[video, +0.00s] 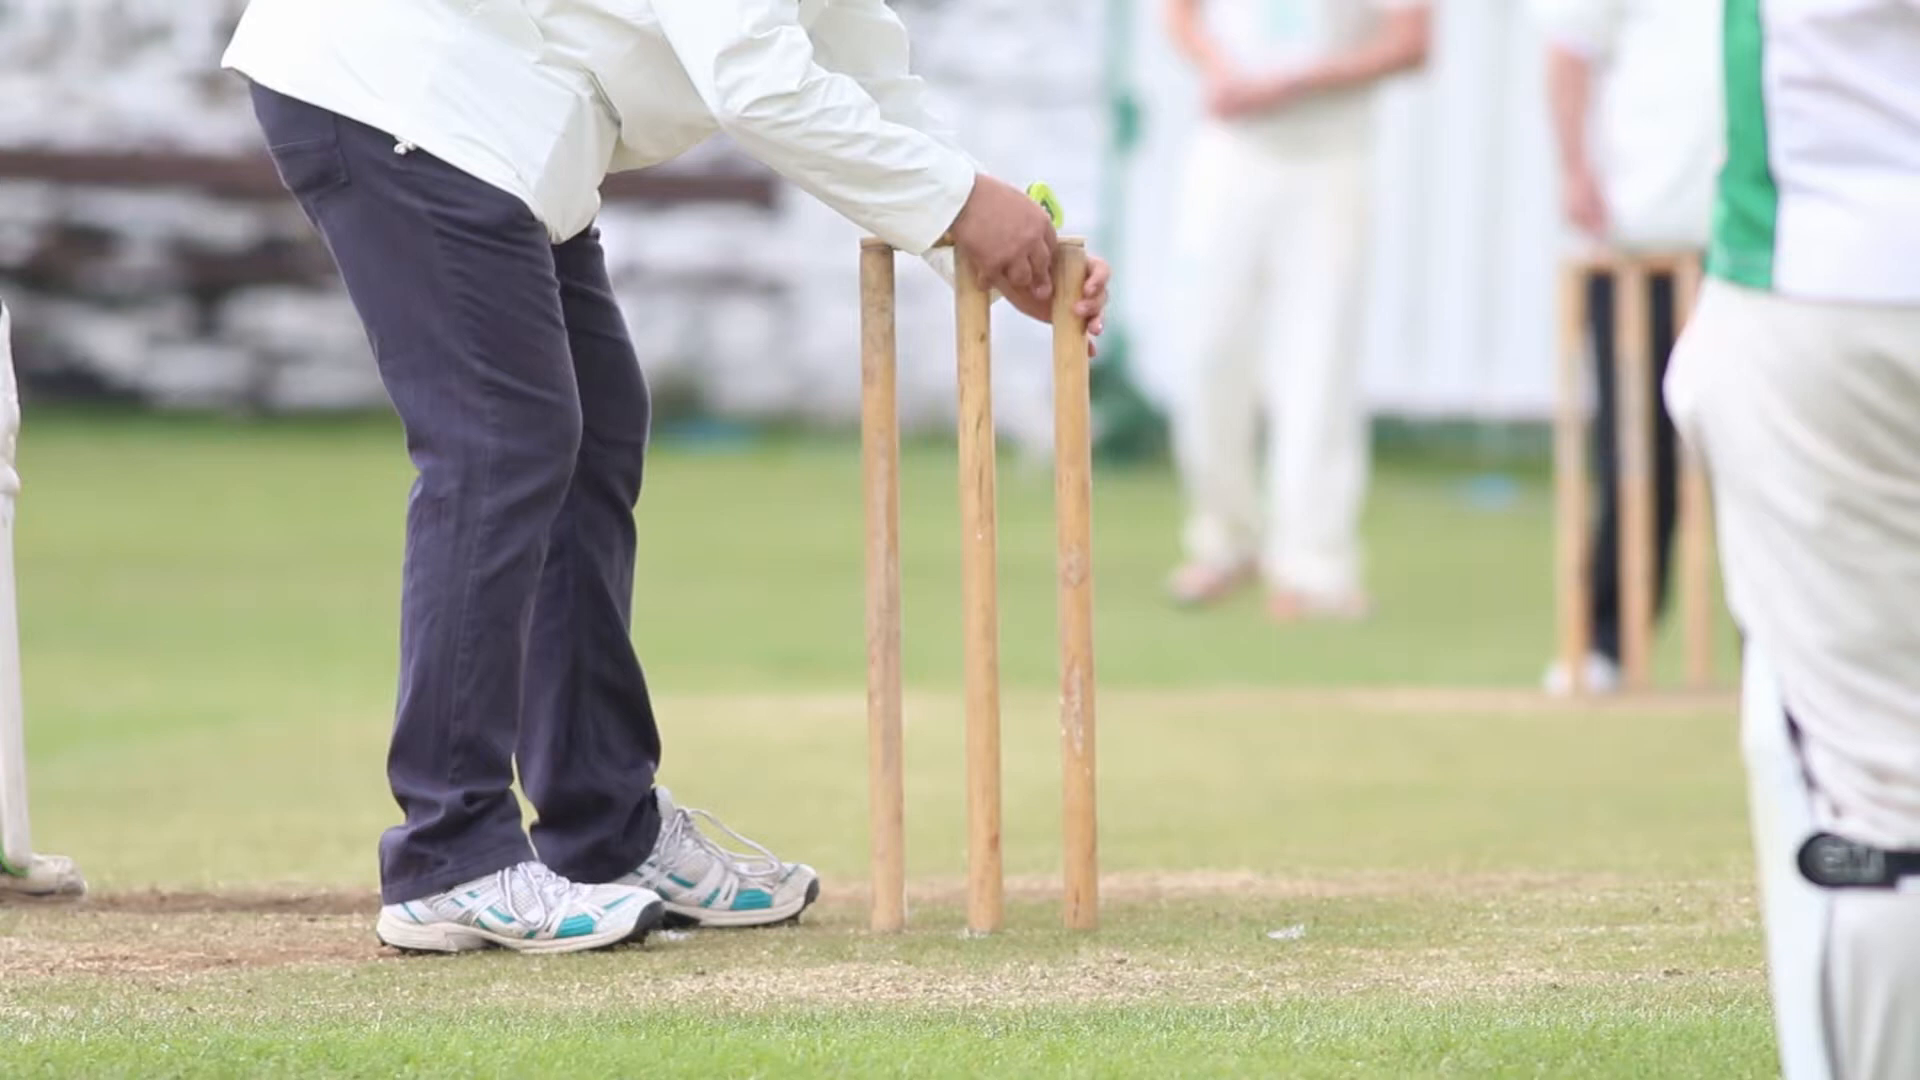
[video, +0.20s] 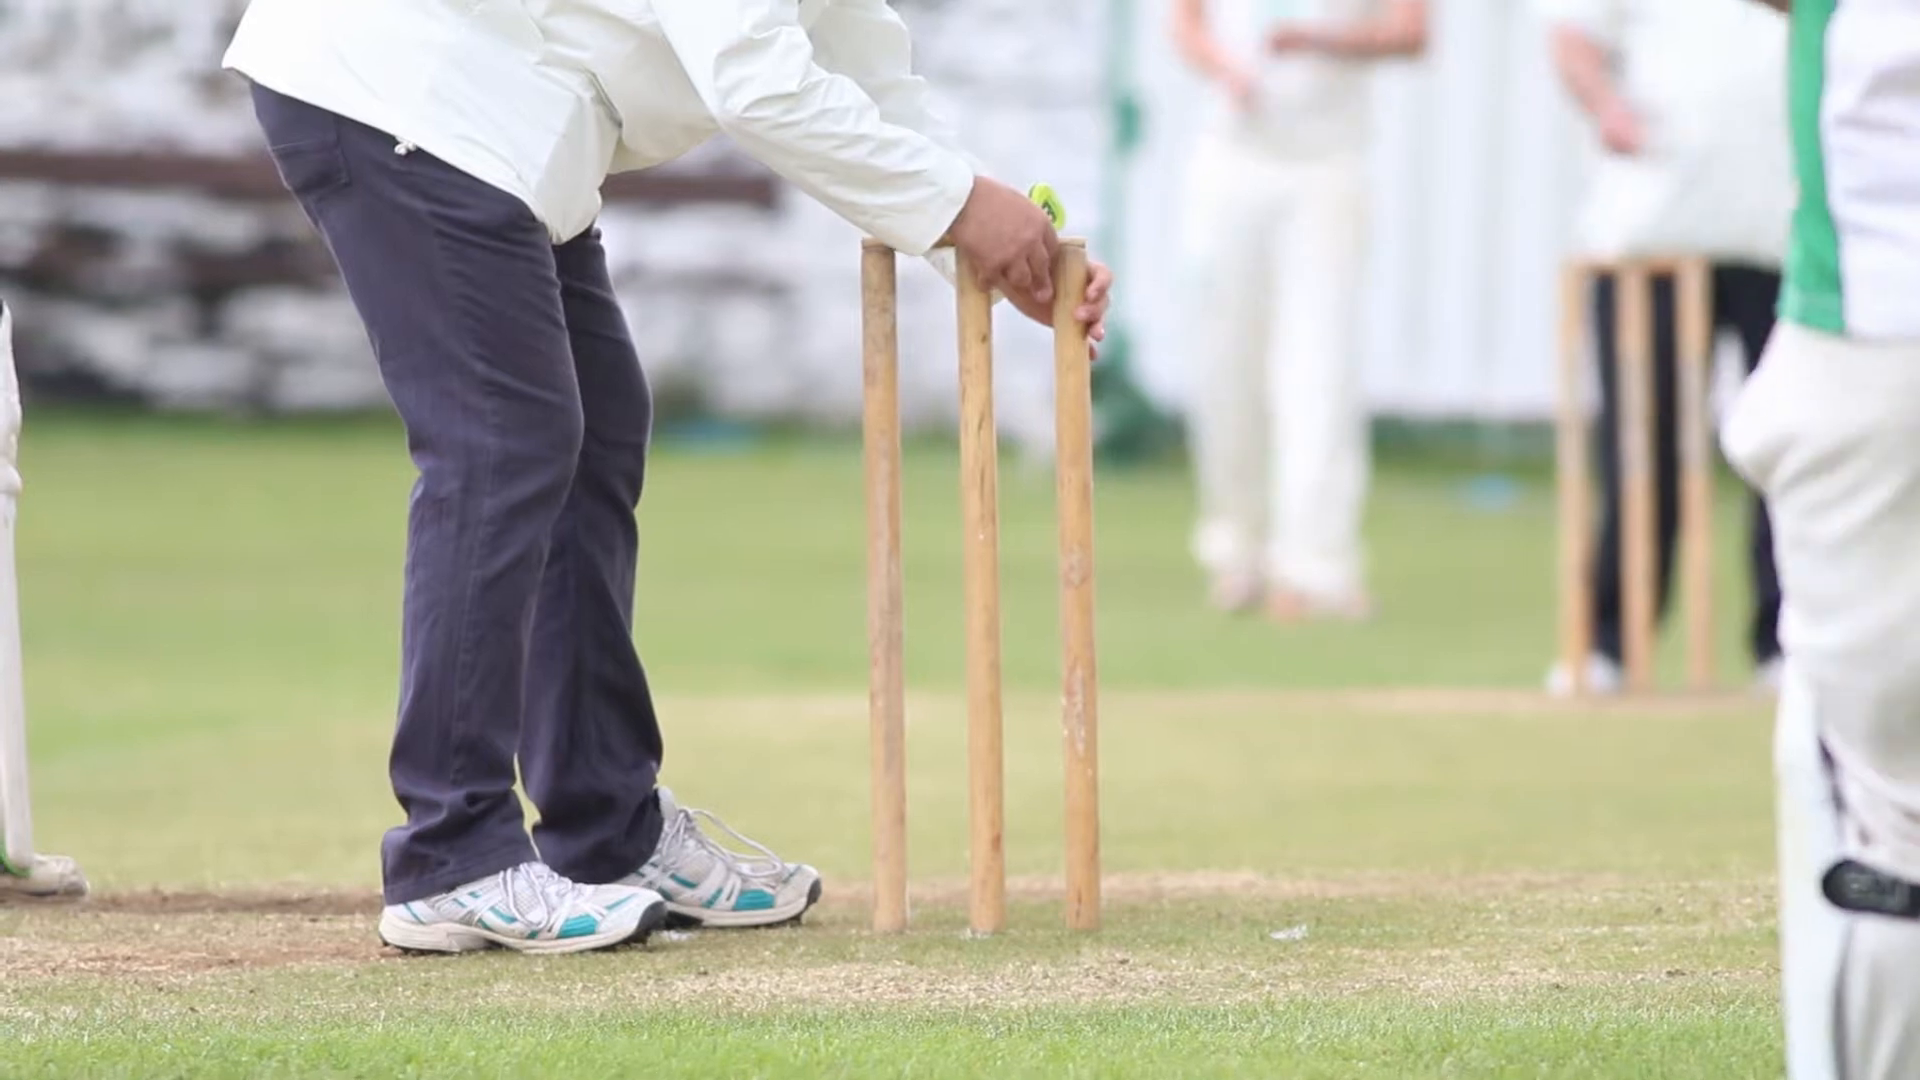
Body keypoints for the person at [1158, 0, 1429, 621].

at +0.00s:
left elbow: (1409, 40)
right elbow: (1177, 12)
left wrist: (1279, 85)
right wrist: (1222, 73)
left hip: (1327, 150)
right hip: (1229, 144)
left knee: (1317, 360)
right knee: (1206, 350)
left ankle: (1312, 564)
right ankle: (1221, 541)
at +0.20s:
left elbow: (1410, 30)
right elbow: (1183, 20)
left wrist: (1312, 39)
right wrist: (1227, 69)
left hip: (1326, 159)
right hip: (1233, 156)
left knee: (1317, 362)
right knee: (1226, 358)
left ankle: (1312, 562)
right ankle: (1233, 554)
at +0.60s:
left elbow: (1380, 20)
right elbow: (1124, 22)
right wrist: (1154, 91)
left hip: (1320, 147)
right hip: (1218, 148)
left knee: (1318, 347)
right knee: (1227, 351)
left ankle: (1319, 551)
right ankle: (1241, 548)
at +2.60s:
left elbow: (1417, 5)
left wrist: (1379, 66)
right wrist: (1080, 67)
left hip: (1304, 128)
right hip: (1182, 127)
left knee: (1313, 348)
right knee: (1187, 348)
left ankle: (1329, 547)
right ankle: (1209, 543)